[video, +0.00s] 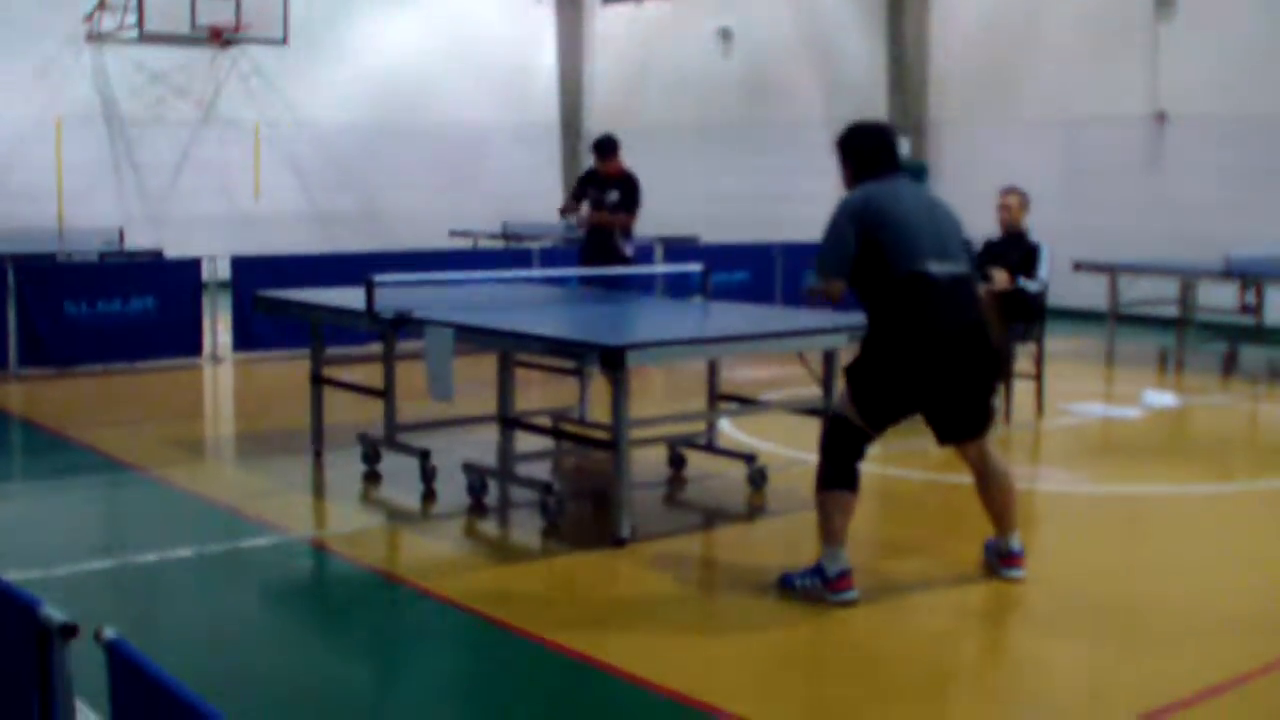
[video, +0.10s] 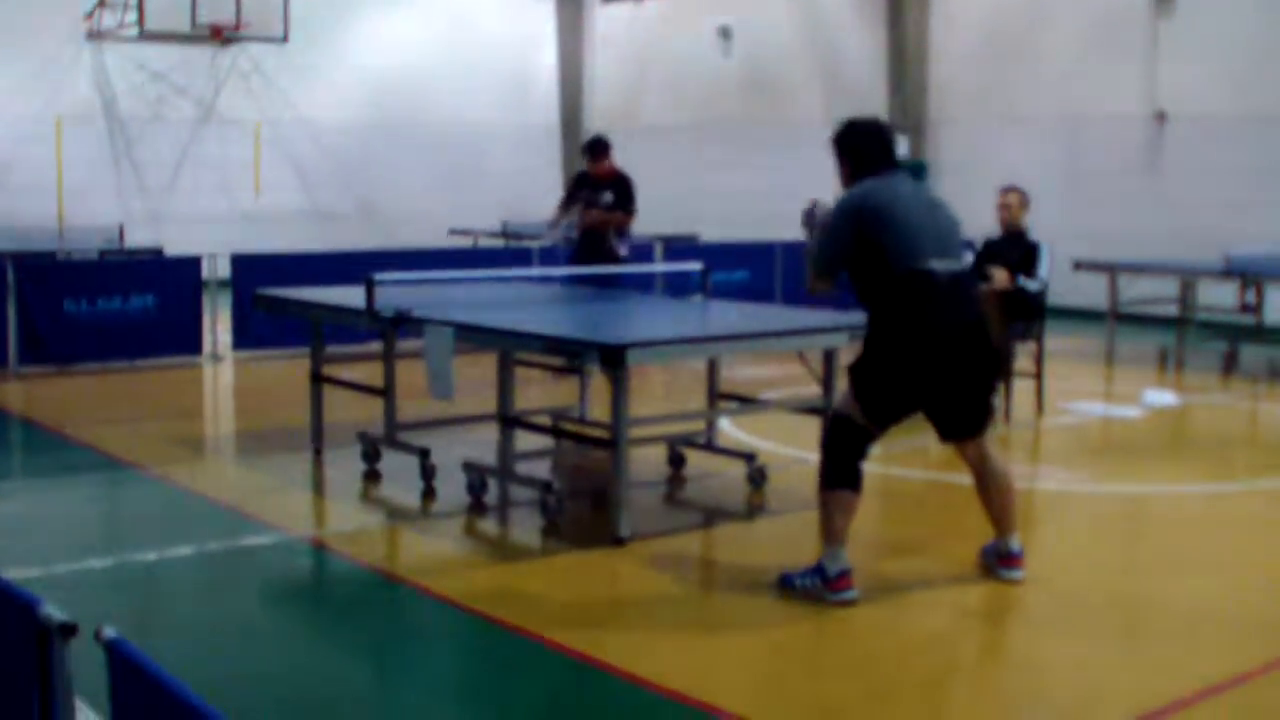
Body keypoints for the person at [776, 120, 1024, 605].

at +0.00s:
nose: (841, 174)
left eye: (842, 165)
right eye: (842, 165)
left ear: (850, 166)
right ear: (894, 159)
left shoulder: (857, 206)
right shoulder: (933, 204)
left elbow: (830, 288)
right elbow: (974, 281)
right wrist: (995, 346)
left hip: (900, 348)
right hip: (964, 345)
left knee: (842, 438)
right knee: (977, 447)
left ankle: (833, 566)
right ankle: (1009, 546)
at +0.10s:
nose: (838, 170)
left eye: (839, 162)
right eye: (840, 161)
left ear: (847, 164)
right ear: (890, 155)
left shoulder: (854, 207)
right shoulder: (925, 199)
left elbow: (820, 279)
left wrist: (817, 231)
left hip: (901, 349)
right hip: (964, 345)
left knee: (843, 436)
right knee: (977, 447)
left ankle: (833, 565)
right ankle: (1009, 547)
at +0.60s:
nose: (880, 142)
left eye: (882, 135)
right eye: (886, 134)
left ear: (887, 139)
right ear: (935, 137)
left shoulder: (888, 190)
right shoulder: (964, 188)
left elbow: (851, 262)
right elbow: (991, 267)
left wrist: (871, 188)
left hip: (920, 340)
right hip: (979, 339)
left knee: (865, 435)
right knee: (977, 435)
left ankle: (840, 562)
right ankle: (1007, 544)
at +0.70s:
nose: (878, 143)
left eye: (880, 136)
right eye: (884, 134)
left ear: (884, 140)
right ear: (933, 138)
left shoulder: (883, 195)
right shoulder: (966, 195)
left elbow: (841, 260)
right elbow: (996, 274)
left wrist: (871, 190)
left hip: (908, 348)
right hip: (972, 348)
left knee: (851, 442)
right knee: (976, 439)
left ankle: (839, 564)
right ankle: (1007, 544)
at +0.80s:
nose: (871, 147)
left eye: (872, 139)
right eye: (875, 137)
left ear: (877, 143)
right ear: (926, 140)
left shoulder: (871, 198)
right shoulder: (960, 196)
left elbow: (832, 269)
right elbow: (997, 275)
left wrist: (877, 235)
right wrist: (968, 316)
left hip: (899, 352)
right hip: (966, 351)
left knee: (845, 438)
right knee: (978, 442)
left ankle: (838, 563)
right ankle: (1007, 543)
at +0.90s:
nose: (866, 148)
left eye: (869, 140)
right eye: (869, 139)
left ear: (874, 144)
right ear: (923, 141)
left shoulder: (871, 198)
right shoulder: (961, 195)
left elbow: (836, 270)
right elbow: (997, 277)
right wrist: (959, 309)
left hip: (902, 352)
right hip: (970, 350)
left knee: (848, 443)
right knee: (982, 440)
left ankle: (840, 563)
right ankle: (1017, 545)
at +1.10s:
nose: (879, 166)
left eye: (881, 157)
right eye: (880, 156)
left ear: (888, 160)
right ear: (933, 152)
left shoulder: (899, 202)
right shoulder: (972, 201)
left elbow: (890, 277)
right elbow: (995, 278)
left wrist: (876, 337)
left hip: (932, 345)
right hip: (990, 348)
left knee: (876, 442)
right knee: (997, 444)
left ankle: (844, 562)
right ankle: (1024, 548)